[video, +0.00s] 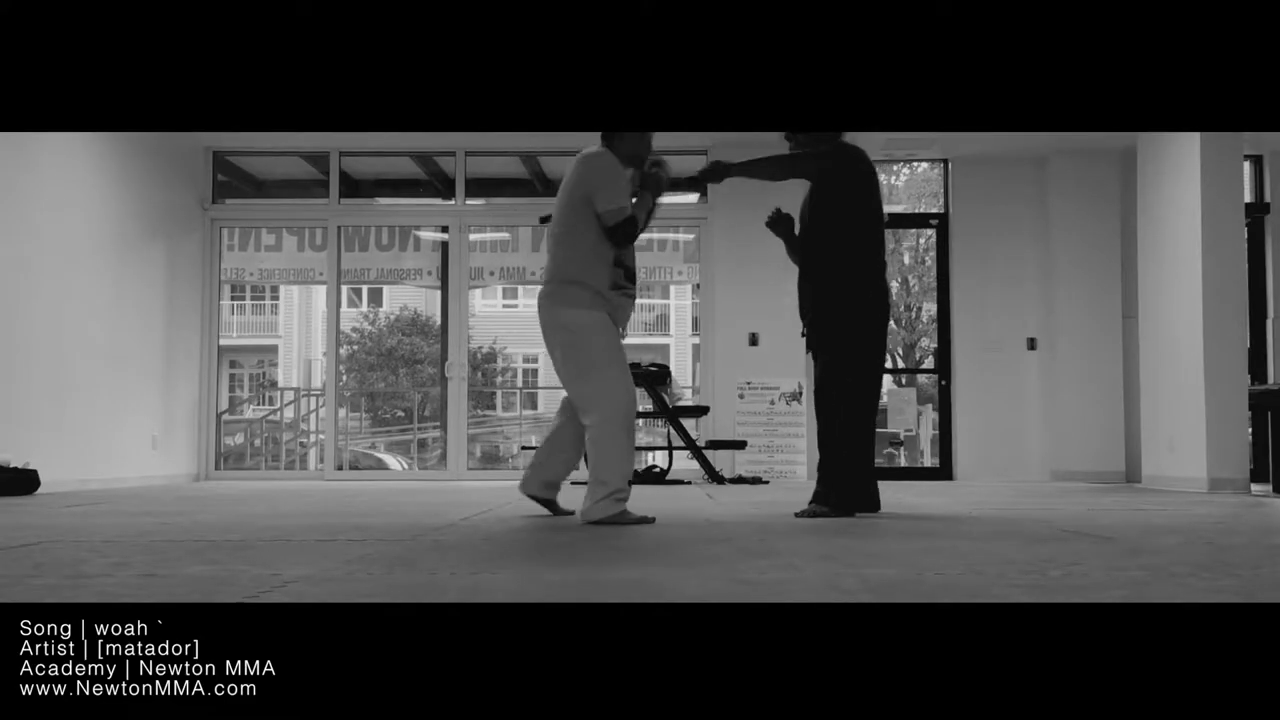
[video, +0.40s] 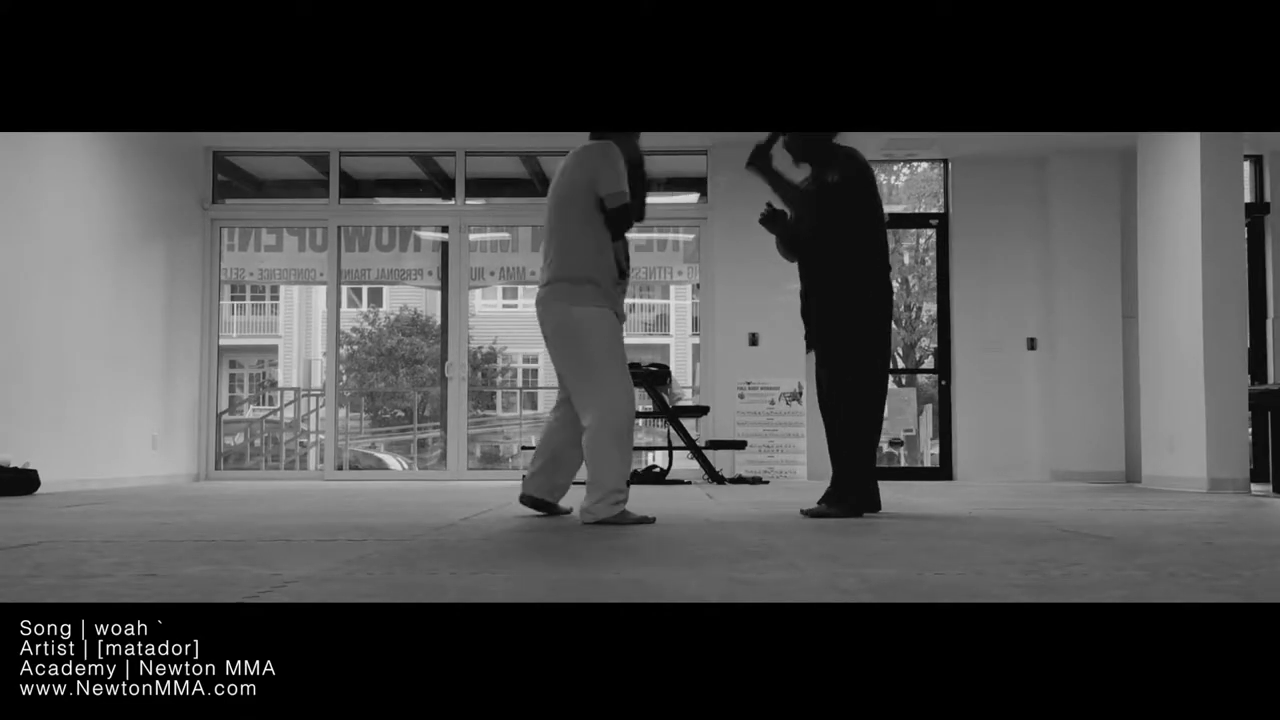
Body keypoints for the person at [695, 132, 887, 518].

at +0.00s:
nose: (792, 148)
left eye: (793, 141)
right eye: (791, 144)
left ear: (808, 138)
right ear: (830, 134)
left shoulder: (845, 160)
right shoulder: (833, 181)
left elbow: (786, 167)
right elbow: (814, 262)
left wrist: (728, 169)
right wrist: (788, 233)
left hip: (848, 312)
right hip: (842, 312)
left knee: (841, 403)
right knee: (843, 404)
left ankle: (841, 498)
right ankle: (849, 496)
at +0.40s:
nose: (785, 148)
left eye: (787, 139)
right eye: (784, 142)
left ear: (804, 137)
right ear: (818, 138)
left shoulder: (841, 168)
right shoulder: (832, 170)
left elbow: (816, 215)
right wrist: (785, 229)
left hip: (850, 312)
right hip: (838, 310)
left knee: (846, 400)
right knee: (842, 399)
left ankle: (850, 496)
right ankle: (854, 493)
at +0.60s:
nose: (781, 142)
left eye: (784, 135)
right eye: (780, 137)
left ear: (803, 134)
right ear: (807, 136)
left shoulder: (834, 167)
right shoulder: (813, 170)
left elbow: (805, 233)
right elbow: (819, 234)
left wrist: (733, 227)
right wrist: (780, 221)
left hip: (858, 305)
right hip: (838, 303)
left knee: (853, 395)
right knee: (845, 395)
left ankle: (852, 496)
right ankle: (858, 491)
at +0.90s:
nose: (772, 148)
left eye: (776, 141)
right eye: (771, 143)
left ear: (797, 138)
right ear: (791, 142)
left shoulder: (835, 169)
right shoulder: (795, 172)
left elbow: (834, 245)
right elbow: (772, 223)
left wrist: (774, 261)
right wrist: (734, 246)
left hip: (861, 296)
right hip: (832, 297)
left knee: (855, 391)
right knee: (838, 390)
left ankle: (848, 495)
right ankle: (862, 487)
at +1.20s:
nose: (762, 139)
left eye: (766, 133)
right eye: (763, 134)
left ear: (787, 134)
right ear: (786, 136)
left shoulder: (819, 169)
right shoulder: (795, 169)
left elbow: (802, 250)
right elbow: (753, 208)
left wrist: (737, 264)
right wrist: (699, 199)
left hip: (847, 307)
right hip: (824, 308)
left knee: (848, 397)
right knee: (823, 396)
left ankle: (847, 499)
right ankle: (828, 487)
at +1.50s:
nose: (753, 141)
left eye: (760, 134)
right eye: (756, 134)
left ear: (780, 138)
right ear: (790, 139)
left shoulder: (788, 182)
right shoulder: (809, 176)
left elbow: (743, 241)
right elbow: (796, 236)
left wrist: (691, 222)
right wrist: (757, 222)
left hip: (815, 314)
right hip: (808, 313)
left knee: (827, 402)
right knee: (800, 402)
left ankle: (843, 500)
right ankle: (793, 493)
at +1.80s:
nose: (737, 151)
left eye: (744, 143)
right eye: (738, 144)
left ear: (765, 145)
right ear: (773, 147)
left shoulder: (774, 180)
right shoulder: (780, 182)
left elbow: (705, 197)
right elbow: (758, 258)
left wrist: (653, 183)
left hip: (798, 312)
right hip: (795, 311)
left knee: (792, 402)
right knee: (787, 403)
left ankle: (808, 488)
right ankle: (786, 490)